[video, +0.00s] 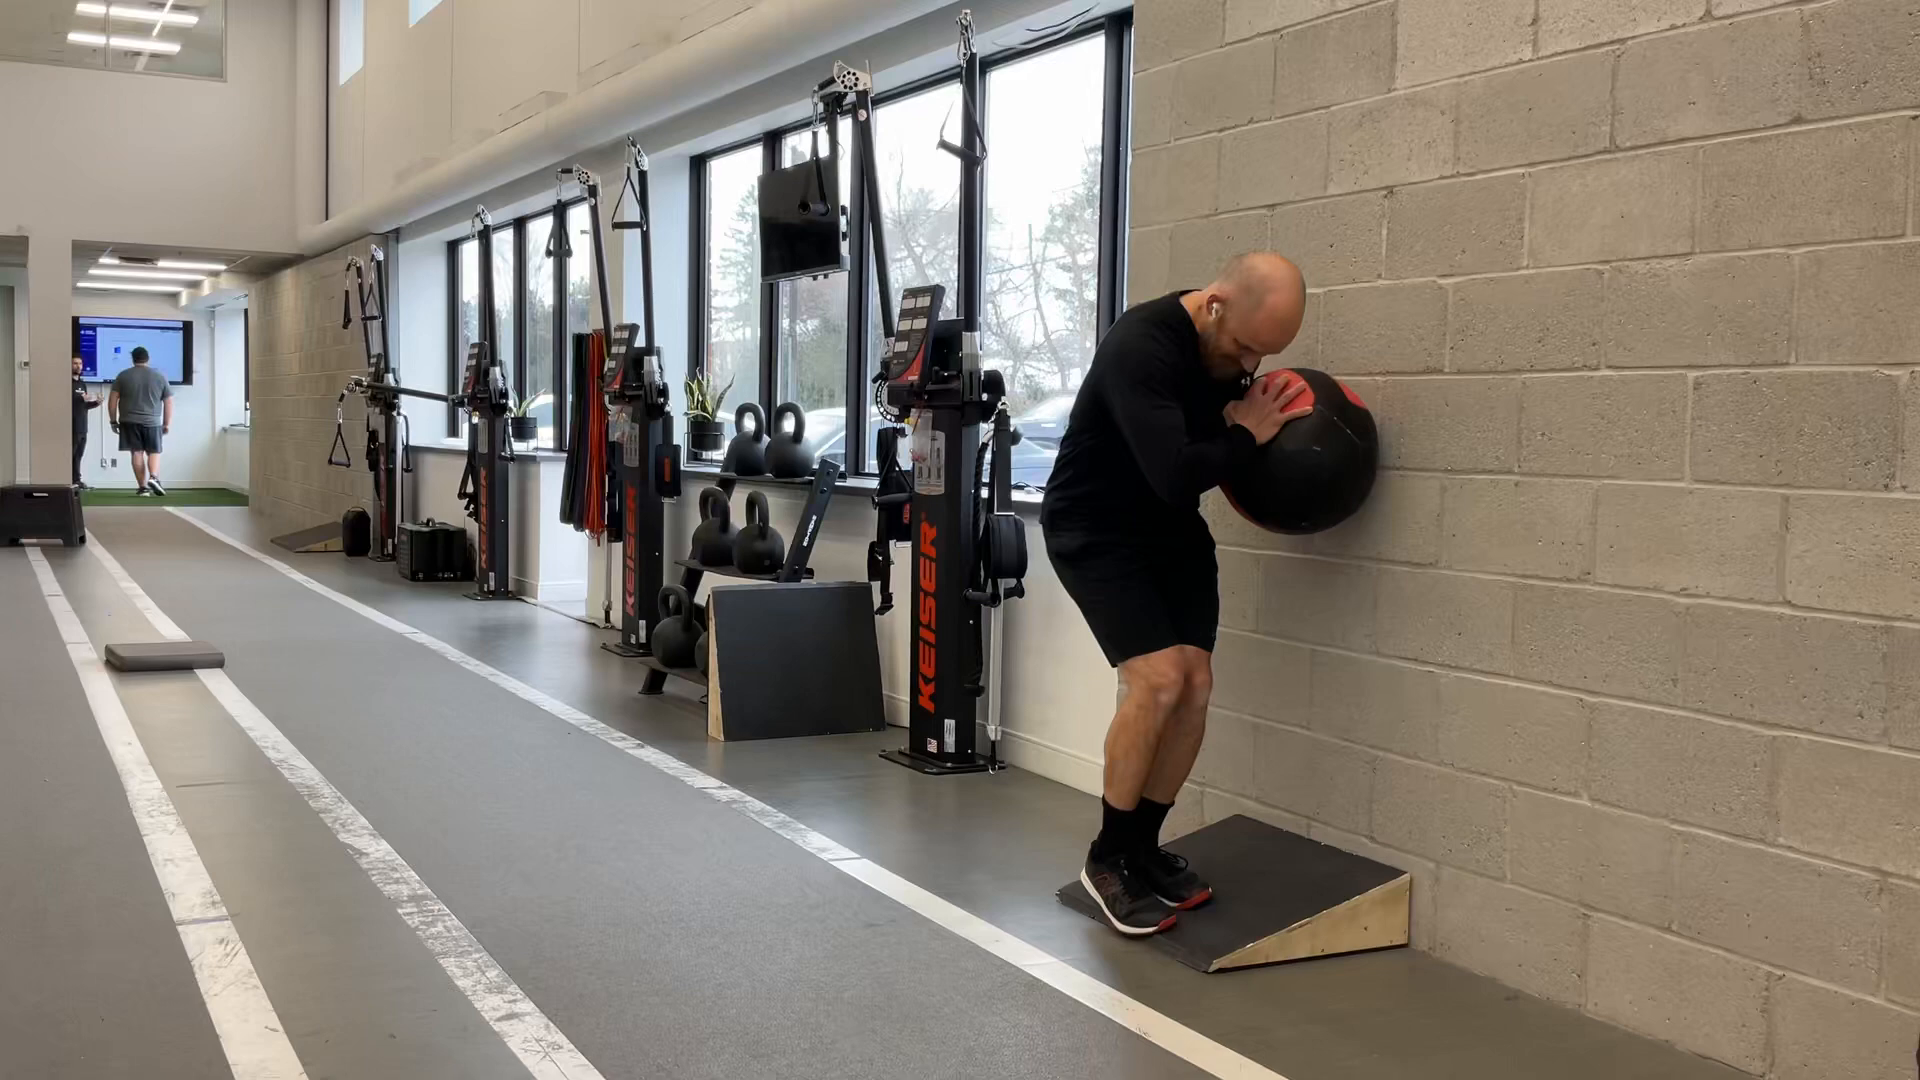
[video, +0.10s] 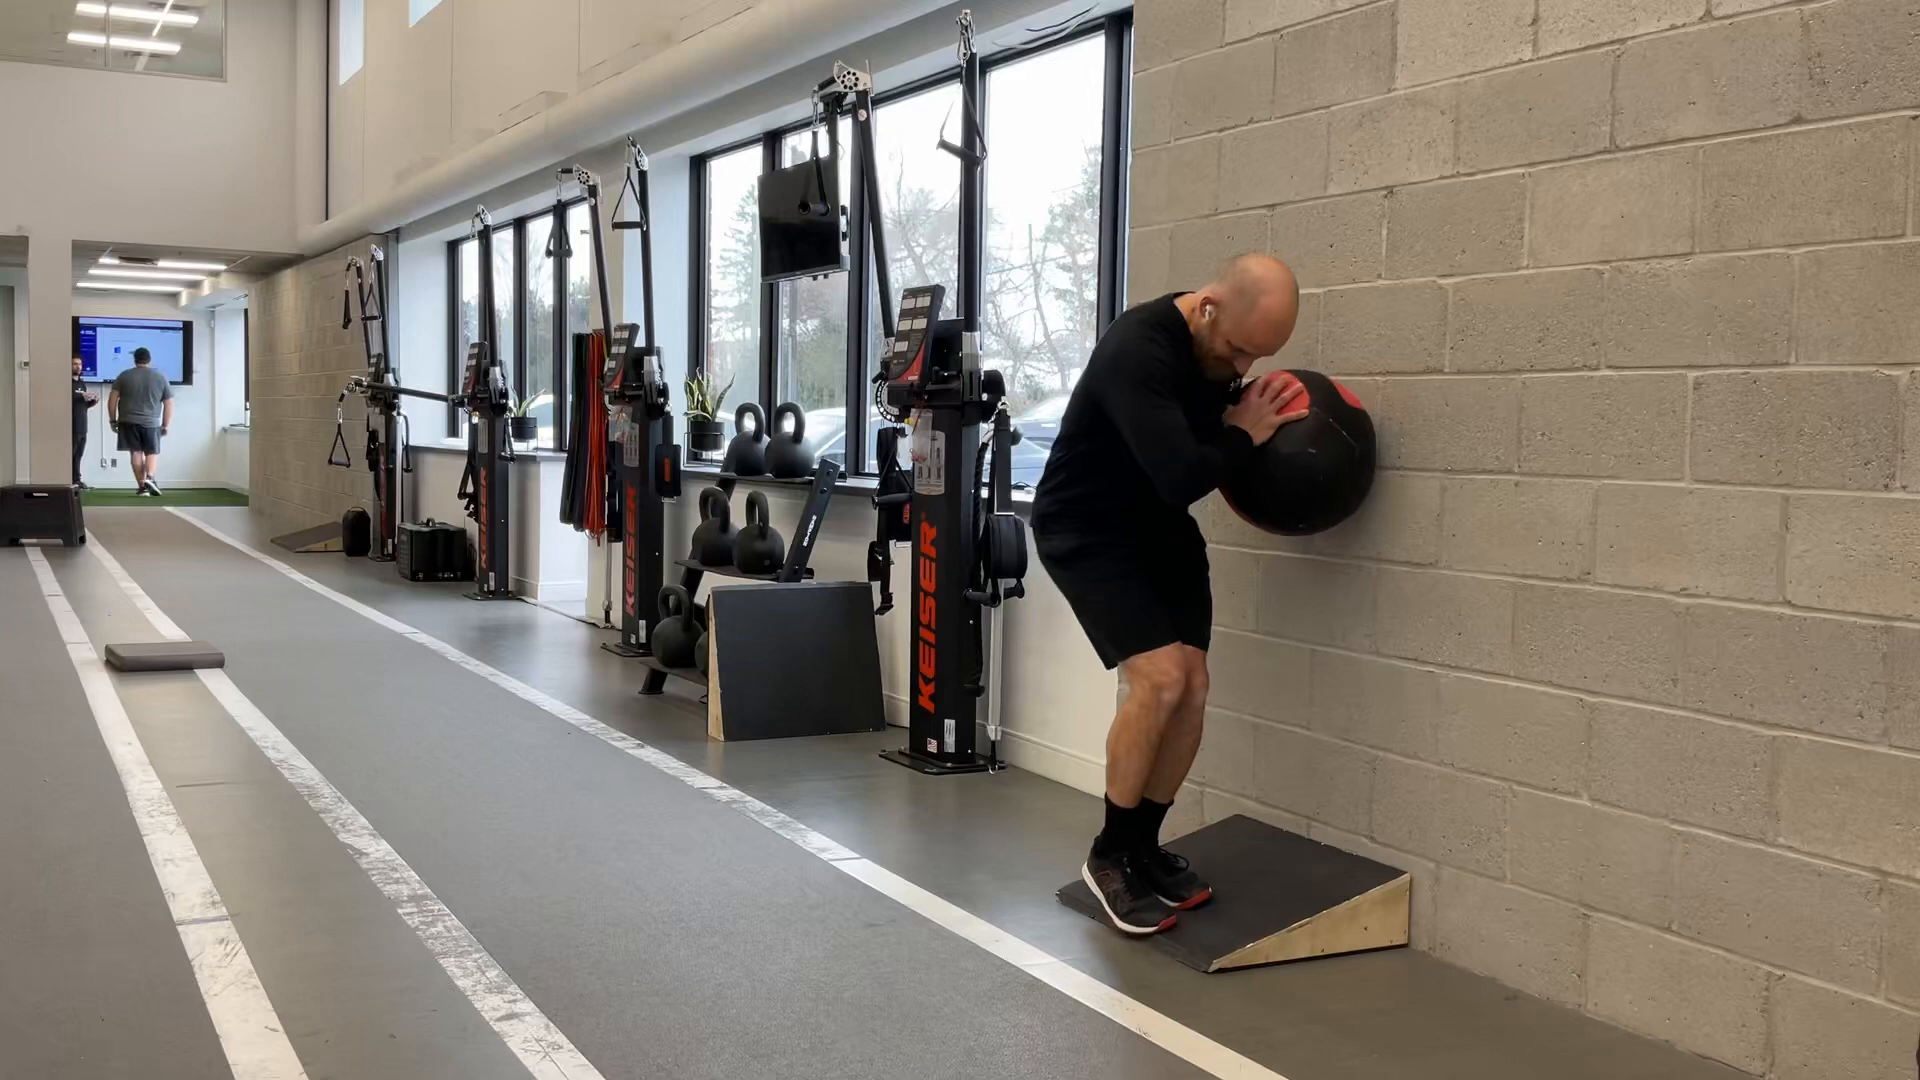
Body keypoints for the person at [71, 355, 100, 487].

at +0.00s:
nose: (78, 366)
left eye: (79, 363)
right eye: (75, 363)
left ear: (82, 366)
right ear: (70, 365)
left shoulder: (82, 384)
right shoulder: (68, 382)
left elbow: (84, 405)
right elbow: (69, 398)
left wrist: (96, 402)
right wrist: (82, 397)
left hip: (82, 425)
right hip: (72, 425)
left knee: (78, 455)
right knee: (72, 454)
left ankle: (77, 479)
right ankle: (71, 480)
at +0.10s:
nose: (78, 367)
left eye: (79, 364)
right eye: (75, 364)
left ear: (82, 366)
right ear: (70, 366)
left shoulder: (82, 384)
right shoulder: (69, 382)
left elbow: (83, 405)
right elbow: (69, 396)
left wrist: (92, 401)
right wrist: (82, 396)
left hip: (82, 425)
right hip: (72, 425)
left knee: (78, 455)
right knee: (73, 454)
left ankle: (77, 479)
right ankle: (73, 480)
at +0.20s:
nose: (77, 367)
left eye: (79, 364)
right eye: (74, 364)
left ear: (81, 366)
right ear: (70, 366)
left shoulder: (82, 384)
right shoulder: (68, 383)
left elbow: (83, 405)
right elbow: (68, 398)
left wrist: (92, 400)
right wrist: (81, 396)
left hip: (81, 425)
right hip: (72, 425)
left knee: (78, 455)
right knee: (72, 454)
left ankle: (77, 479)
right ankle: (72, 480)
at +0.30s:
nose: (76, 367)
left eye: (78, 364)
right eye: (74, 364)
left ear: (80, 366)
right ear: (69, 366)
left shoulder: (82, 384)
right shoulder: (68, 382)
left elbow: (83, 405)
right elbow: (69, 396)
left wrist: (94, 401)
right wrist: (82, 396)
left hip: (81, 426)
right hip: (71, 426)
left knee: (78, 455)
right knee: (72, 454)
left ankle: (76, 479)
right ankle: (71, 480)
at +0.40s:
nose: (76, 367)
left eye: (78, 364)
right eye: (73, 364)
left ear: (80, 366)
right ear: (69, 367)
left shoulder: (82, 384)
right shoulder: (68, 382)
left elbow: (83, 404)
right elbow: (68, 396)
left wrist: (94, 400)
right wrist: (82, 396)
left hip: (81, 426)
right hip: (71, 426)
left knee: (78, 455)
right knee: (72, 454)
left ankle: (77, 479)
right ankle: (71, 480)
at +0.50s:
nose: (77, 368)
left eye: (78, 365)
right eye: (74, 365)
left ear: (81, 367)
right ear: (70, 367)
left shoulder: (82, 384)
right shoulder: (68, 383)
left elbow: (83, 405)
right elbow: (69, 398)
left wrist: (95, 401)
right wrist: (82, 396)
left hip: (81, 426)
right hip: (71, 426)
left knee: (78, 455)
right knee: (72, 455)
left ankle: (76, 479)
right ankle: (72, 480)